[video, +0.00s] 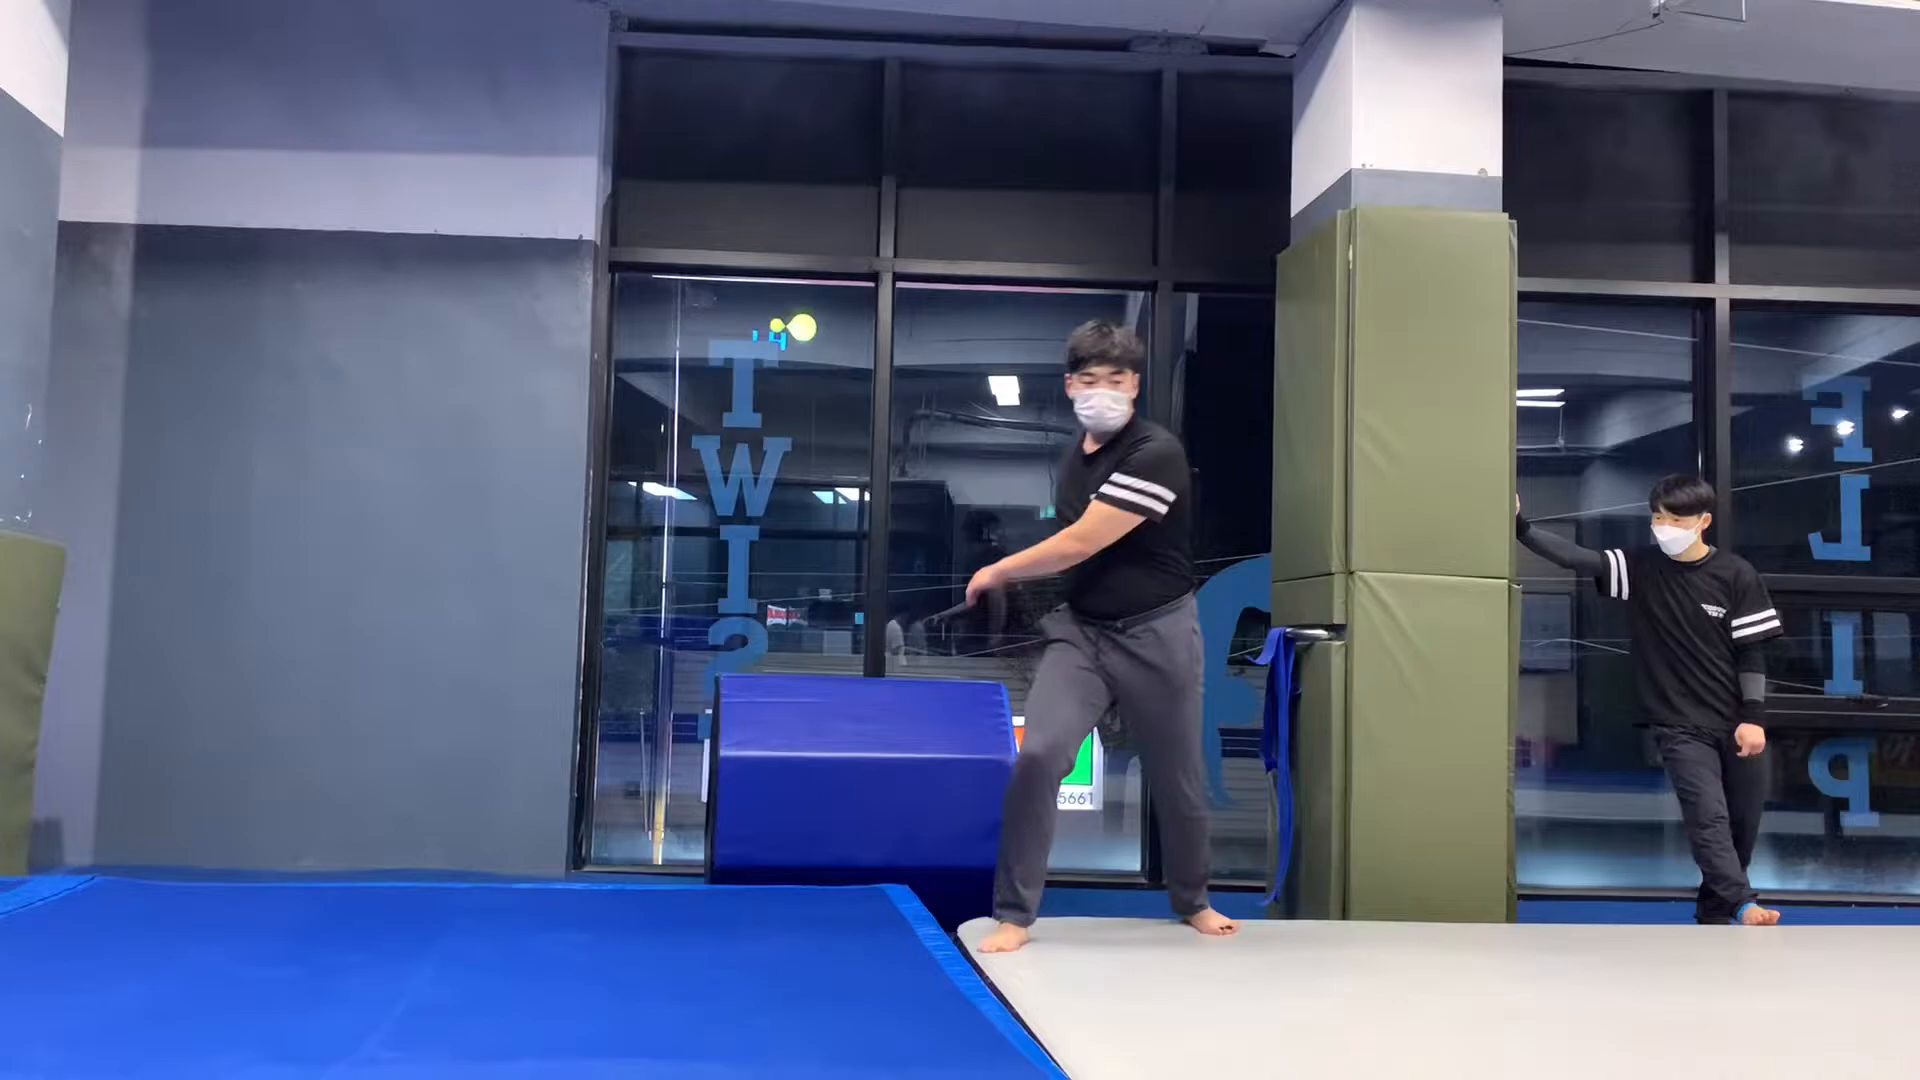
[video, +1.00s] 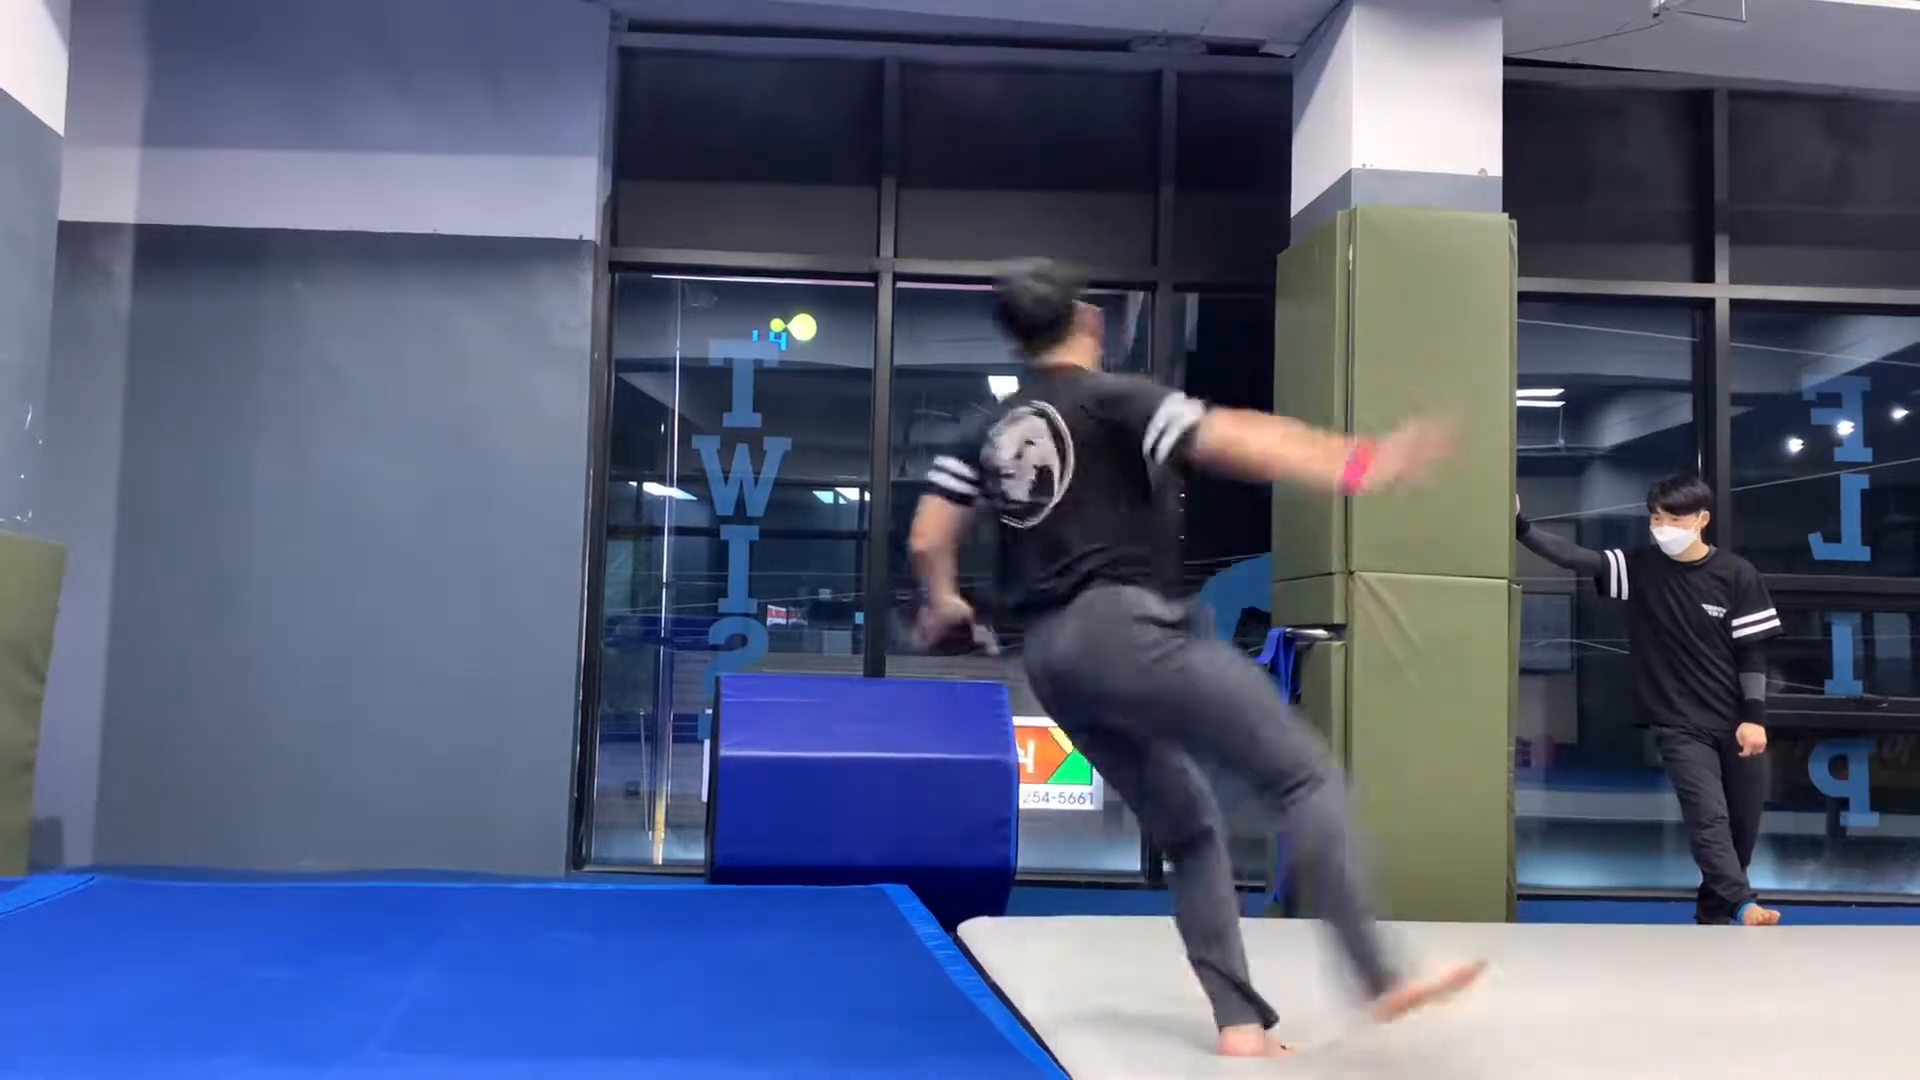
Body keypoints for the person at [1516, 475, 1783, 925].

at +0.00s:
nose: (1657, 529)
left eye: (1668, 522)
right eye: (1655, 520)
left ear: (1702, 523)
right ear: (1652, 517)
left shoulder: (1737, 576)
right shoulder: (1641, 567)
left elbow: (1751, 655)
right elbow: (1578, 558)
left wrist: (1752, 717)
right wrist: (1522, 527)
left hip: (1734, 721)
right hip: (1679, 721)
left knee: (1743, 823)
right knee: (1708, 813)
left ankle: (1711, 914)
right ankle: (1743, 904)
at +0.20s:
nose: (1658, 530)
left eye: (1668, 522)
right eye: (1655, 520)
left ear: (1702, 523)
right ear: (1651, 517)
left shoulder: (1736, 576)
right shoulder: (1640, 567)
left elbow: (1750, 655)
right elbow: (1577, 557)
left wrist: (1752, 717)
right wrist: (1522, 528)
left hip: (1735, 722)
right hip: (1679, 721)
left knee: (1744, 823)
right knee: (1708, 813)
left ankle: (1711, 914)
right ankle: (1742, 904)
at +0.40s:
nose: (1658, 531)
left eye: (1669, 523)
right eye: (1655, 521)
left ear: (1702, 523)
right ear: (1651, 518)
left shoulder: (1736, 576)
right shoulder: (1640, 567)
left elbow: (1750, 655)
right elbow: (1577, 557)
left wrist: (1752, 717)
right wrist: (1522, 528)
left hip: (1735, 721)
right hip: (1679, 721)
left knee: (1743, 823)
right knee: (1708, 813)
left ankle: (1711, 913)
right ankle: (1743, 904)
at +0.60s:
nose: (1659, 531)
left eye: (1669, 523)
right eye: (1655, 521)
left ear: (1702, 523)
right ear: (1650, 518)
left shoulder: (1737, 576)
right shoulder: (1640, 567)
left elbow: (1751, 654)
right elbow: (1578, 558)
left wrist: (1753, 716)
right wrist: (1522, 527)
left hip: (1735, 721)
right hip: (1679, 721)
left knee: (1743, 825)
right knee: (1708, 814)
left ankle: (1711, 916)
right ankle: (1743, 904)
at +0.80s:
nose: (1657, 530)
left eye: (1668, 522)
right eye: (1654, 521)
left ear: (1701, 522)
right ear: (1651, 518)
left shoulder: (1736, 575)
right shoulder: (1640, 567)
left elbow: (1751, 654)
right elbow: (1578, 558)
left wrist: (1753, 717)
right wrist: (1523, 528)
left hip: (1734, 720)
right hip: (1678, 720)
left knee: (1744, 823)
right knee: (1707, 813)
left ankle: (1711, 912)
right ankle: (1742, 903)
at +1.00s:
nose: (1657, 529)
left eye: (1668, 522)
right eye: (1654, 520)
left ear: (1700, 521)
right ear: (1650, 517)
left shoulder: (1737, 575)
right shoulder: (1640, 566)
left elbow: (1751, 653)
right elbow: (1577, 557)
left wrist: (1753, 717)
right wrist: (1522, 527)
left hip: (1734, 720)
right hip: (1678, 720)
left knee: (1744, 823)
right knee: (1707, 813)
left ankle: (1711, 912)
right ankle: (1743, 904)